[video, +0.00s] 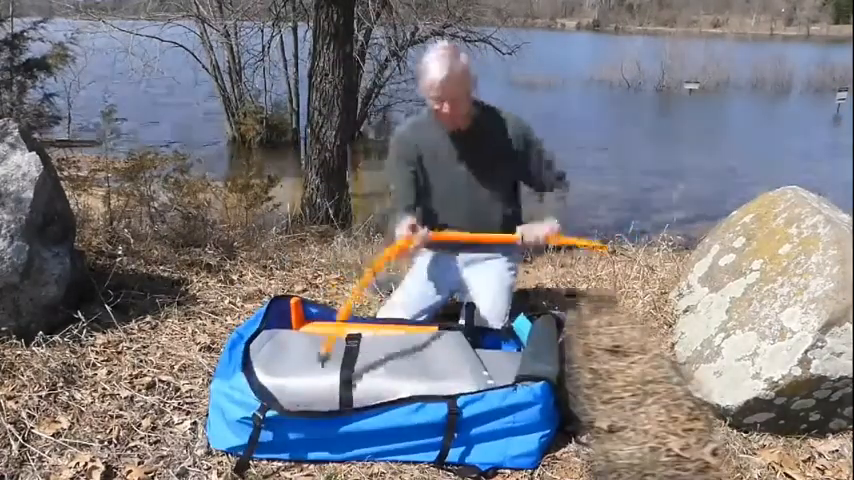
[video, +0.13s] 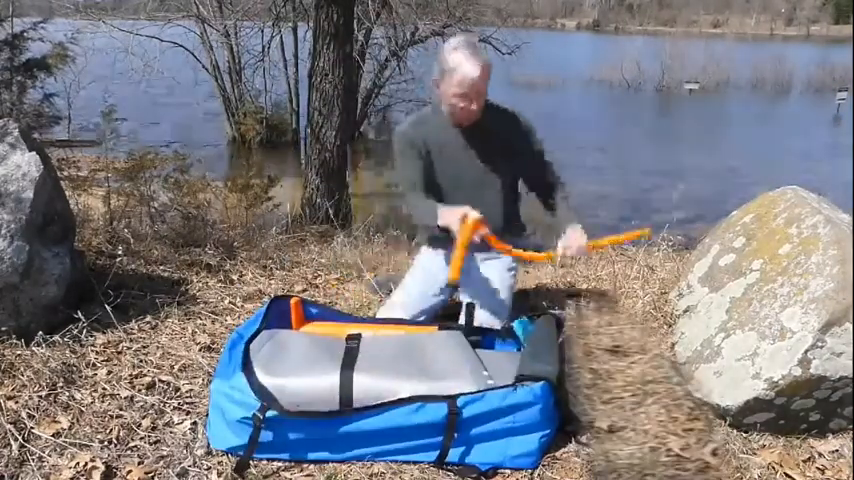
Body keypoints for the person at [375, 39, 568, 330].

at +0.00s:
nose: (445, 110)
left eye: (453, 100)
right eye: (437, 101)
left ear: (472, 89)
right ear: (425, 95)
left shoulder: (507, 131)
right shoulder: (410, 137)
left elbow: (554, 185)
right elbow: (402, 209)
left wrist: (548, 222)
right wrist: (407, 229)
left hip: (492, 259)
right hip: (435, 257)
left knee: (487, 336)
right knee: (387, 330)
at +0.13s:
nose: (474, 107)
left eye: (480, 97)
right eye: (463, 98)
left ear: (487, 88)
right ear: (438, 87)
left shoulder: (508, 127)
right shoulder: (413, 134)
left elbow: (546, 184)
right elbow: (412, 199)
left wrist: (570, 228)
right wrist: (444, 215)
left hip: (495, 254)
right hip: (438, 252)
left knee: (485, 336)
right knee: (388, 326)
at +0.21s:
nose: (478, 113)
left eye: (483, 102)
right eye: (466, 104)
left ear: (489, 91)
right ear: (438, 91)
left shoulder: (509, 130)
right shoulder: (414, 135)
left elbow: (546, 189)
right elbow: (414, 219)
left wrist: (579, 237)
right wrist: (465, 231)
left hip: (494, 258)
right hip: (437, 257)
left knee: (484, 344)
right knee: (385, 331)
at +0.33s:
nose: (455, 137)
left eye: (465, 128)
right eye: (448, 127)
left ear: (485, 111)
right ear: (434, 111)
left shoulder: (515, 146)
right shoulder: (413, 143)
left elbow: (565, 209)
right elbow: (372, 215)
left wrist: (597, 279)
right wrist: (368, 288)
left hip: (493, 262)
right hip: (435, 259)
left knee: (486, 340)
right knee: (392, 332)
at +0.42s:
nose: (443, 140)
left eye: (452, 132)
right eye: (435, 131)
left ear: (479, 114)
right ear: (424, 114)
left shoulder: (516, 145)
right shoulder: (411, 144)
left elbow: (545, 216)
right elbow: (370, 220)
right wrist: (370, 297)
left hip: (493, 260)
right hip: (434, 260)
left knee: (484, 336)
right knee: (389, 335)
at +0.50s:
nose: (435, 131)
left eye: (442, 122)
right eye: (427, 121)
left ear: (468, 108)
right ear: (420, 111)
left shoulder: (513, 142)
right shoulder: (410, 142)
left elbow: (527, 218)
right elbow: (364, 216)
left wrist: (509, 267)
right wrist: (376, 266)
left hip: (489, 264)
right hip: (433, 262)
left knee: (481, 331)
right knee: (393, 320)